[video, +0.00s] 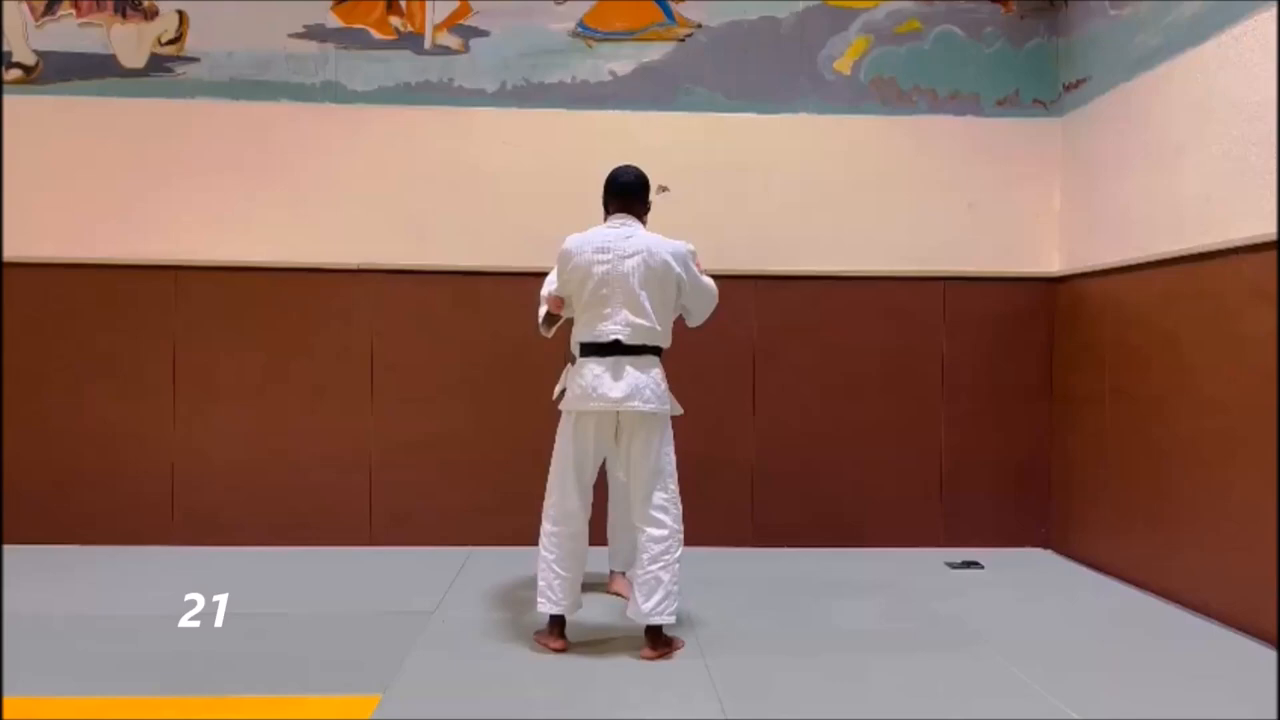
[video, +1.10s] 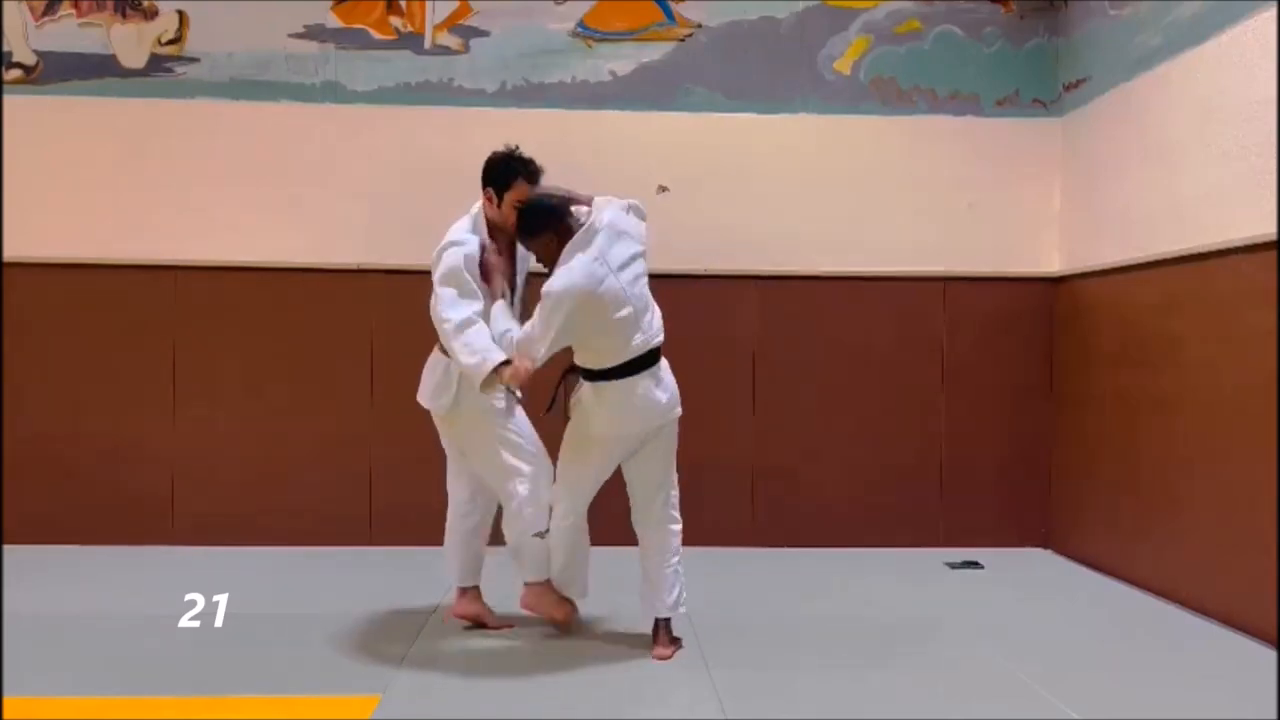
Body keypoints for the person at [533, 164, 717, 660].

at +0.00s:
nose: (642, 208)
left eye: (618, 201)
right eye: (646, 201)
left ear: (604, 203)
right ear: (648, 204)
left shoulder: (576, 248)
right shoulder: (671, 253)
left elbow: (556, 308)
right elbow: (701, 308)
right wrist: (685, 267)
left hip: (587, 388)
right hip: (645, 388)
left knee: (566, 501)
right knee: (655, 503)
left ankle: (555, 622)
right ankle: (657, 627)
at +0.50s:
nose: (579, 219)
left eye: (583, 211)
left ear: (590, 208)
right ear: (632, 208)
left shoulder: (570, 249)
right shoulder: (661, 255)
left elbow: (528, 290)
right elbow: (687, 313)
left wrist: (549, 253)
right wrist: (644, 317)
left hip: (586, 379)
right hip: (640, 377)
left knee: (568, 500)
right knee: (655, 502)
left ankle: (560, 627)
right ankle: (656, 630)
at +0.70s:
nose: (544, 234)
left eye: (545, 225)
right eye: (541, 226)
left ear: (564, 215)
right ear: (583, 208)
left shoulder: (571, 253)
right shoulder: (633, 238)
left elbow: (537, 309)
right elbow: (656, 272)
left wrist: (509, 259)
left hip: (593, 378)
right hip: (643, 374)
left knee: (568, 500)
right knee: (654, 502)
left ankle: (562, 628)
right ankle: (661, 627)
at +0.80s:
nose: (542, 239)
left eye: (542, 230)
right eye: (538, 231)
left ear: (561, 218)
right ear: (579, 210)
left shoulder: (572, 257)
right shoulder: (631, 240)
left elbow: (515, 311)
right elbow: (628, 305)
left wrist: (499, 262)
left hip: (597, 382)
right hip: (645, 377)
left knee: (568, 500)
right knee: (654, 505)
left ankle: (561, 629)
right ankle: (662, 630)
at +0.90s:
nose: (537, 239)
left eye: (539, 229)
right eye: (534, 231)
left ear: (558, 219)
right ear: (575, 211)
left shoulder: (571, 257)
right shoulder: (624, 235)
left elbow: (506, 311)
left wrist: (492, 263)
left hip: (596, 381)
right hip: (645, 374)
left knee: (568, 501)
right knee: (655, 503)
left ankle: (561, 624)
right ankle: (663, 630)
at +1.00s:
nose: (536, 244)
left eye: (537, 235)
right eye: (532, 237)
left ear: (556, 223)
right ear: (570, 211)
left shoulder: (573, 258)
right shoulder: (618, 230)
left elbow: (510, 317)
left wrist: (492, 269)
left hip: (599, 382)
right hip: (646, 372)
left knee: (568, 499)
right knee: (655, 503)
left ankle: (567, 612)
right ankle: (664, 626)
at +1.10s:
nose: (534, 256)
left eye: (535, 248)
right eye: (531, 247)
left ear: (546, 241)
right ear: (570, 216)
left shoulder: (567, 286)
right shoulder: (619, 229)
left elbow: (524, 355)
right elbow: (623, 207)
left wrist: (497, 291)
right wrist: (549, 196)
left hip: (608, 399)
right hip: (658, 386)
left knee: (569, 499)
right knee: (658, 511)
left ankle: (563, 598)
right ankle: (665, 625)